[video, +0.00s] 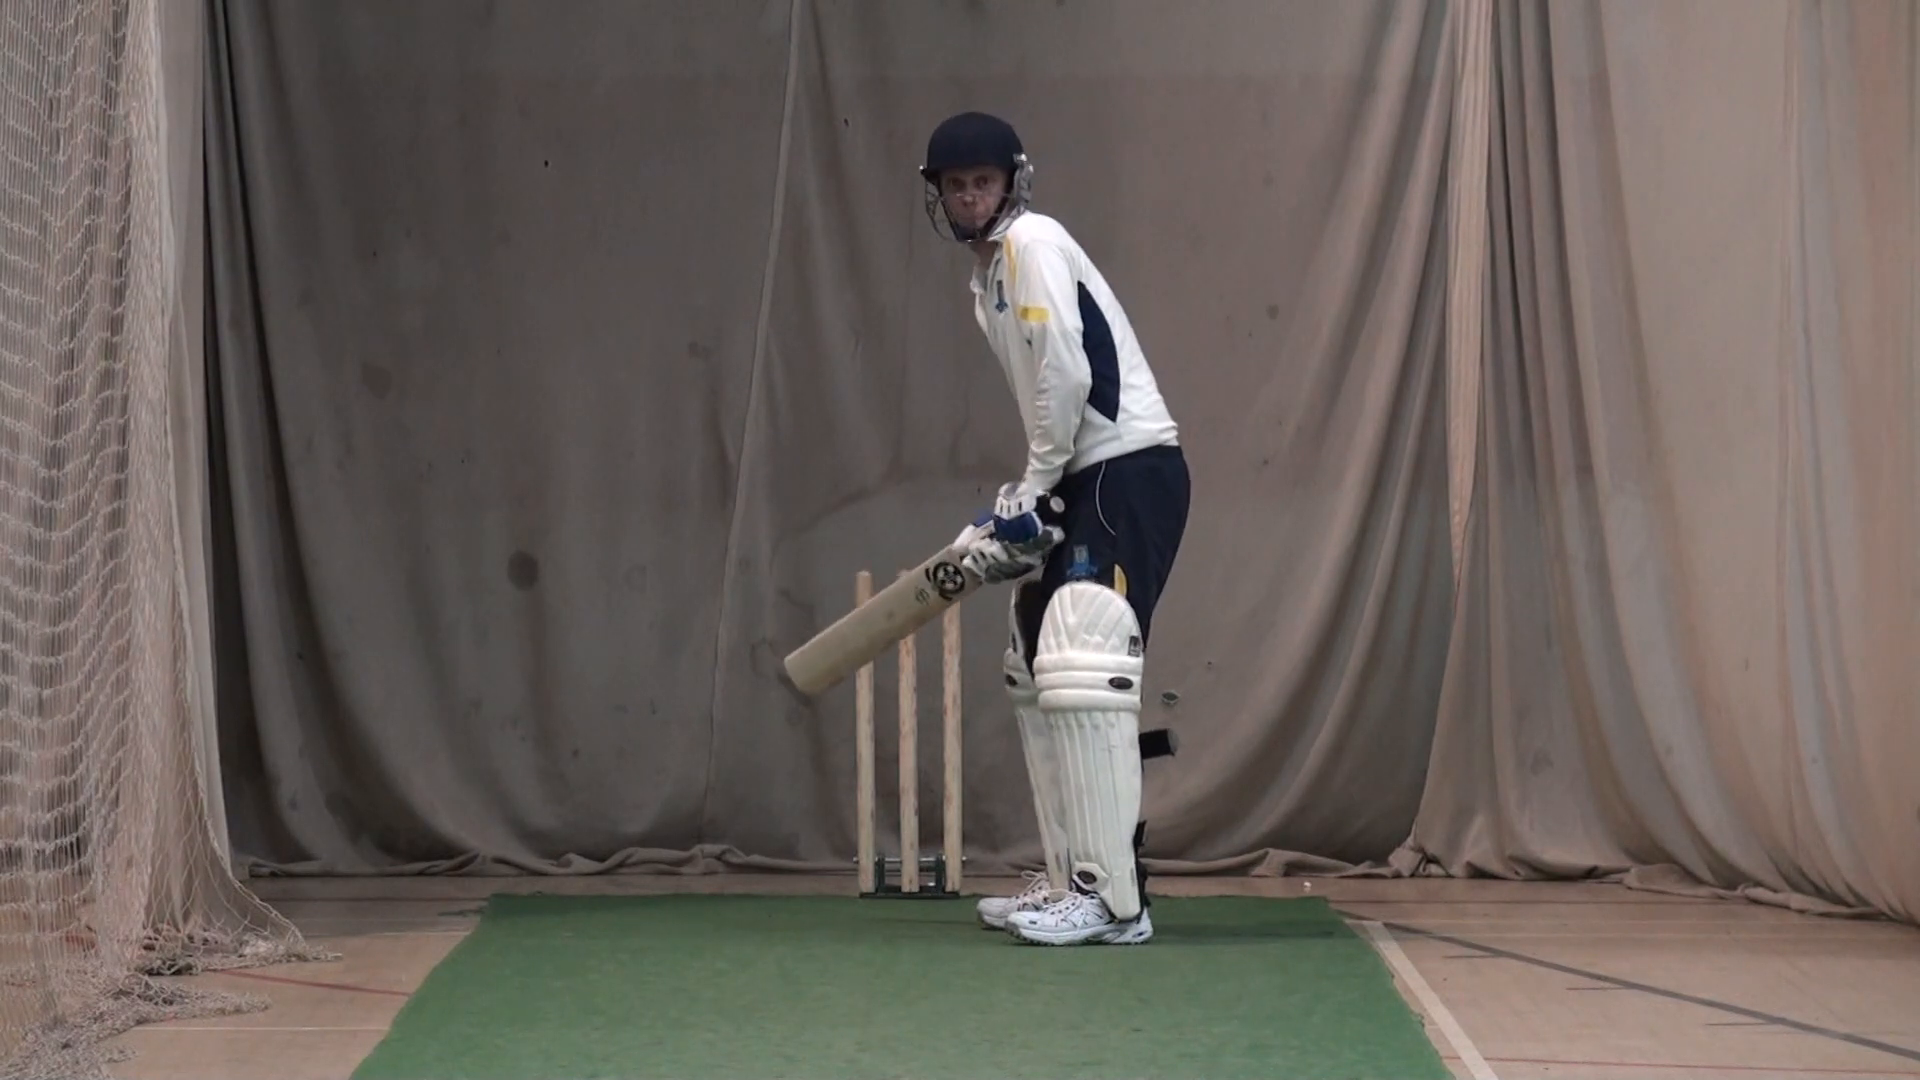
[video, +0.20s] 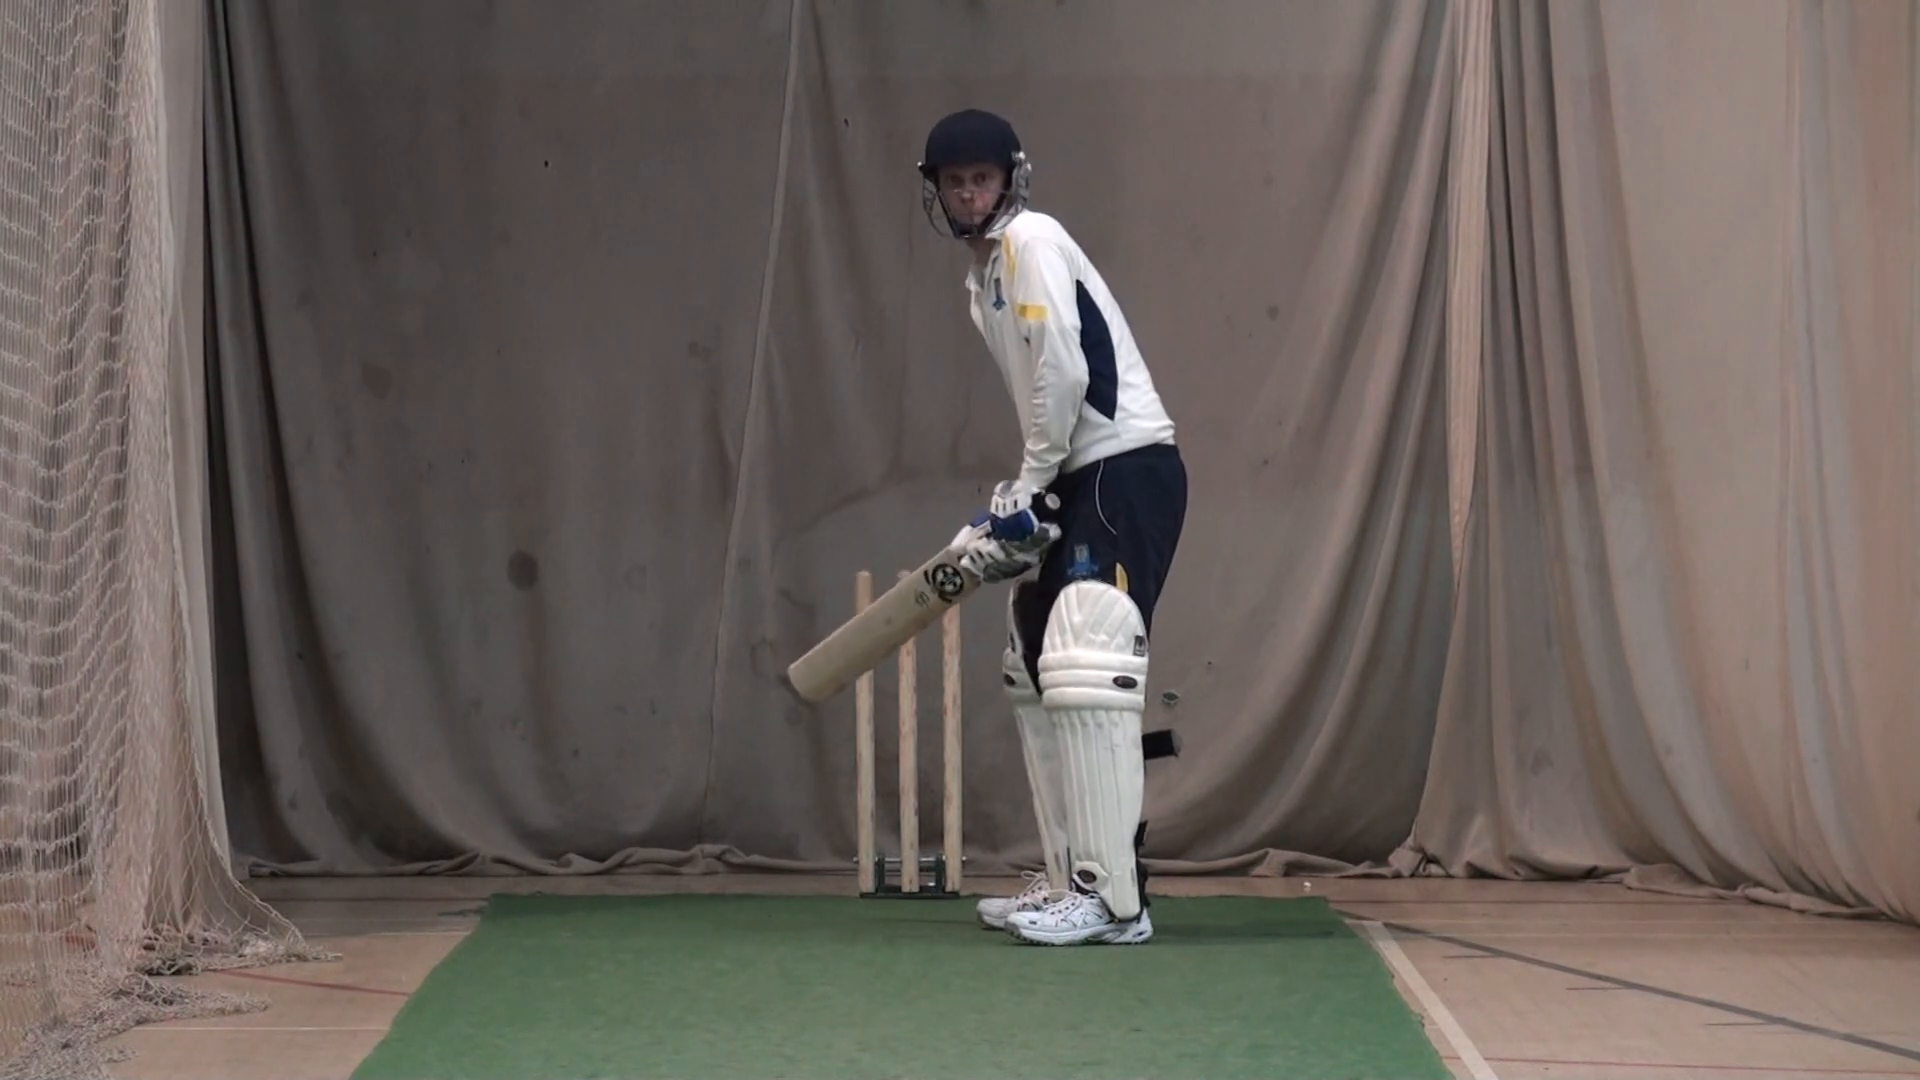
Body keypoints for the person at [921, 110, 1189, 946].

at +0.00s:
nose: (967, 198)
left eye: (982, 182)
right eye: (952, 186)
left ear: (1013, 183)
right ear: (936, 195)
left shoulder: (1030, 243)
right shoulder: (992, 277)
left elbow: (1065, 377)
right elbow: (1043, 408)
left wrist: (1034, 488)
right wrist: (1011, 517)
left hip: (1126, 470)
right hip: (1080, 480)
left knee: (1082, 672)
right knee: (1037, 672)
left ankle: (1112, 898)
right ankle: (1076, 881)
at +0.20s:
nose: (967, 194)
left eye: (982, 179)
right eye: (951, 182)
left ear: (1011, 180)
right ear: (934, 191)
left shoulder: (1029, 243)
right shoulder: (987, 274)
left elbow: (1064, 378)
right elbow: (1038, 407)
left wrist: (1025, 494)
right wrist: (1010, 516)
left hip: (1124, 470)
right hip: (1077, 480)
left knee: (1086, 671)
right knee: (1036, 673)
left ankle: (1113, 899)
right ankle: (1076, 882)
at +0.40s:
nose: (966, 194)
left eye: (981, 179)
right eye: (951, 183)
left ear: (1011, 180)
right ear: (936, 193)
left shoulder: (1030, 242)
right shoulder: (986, 278)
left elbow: (1063, 376)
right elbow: (1037, 408)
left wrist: (1029, 489)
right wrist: (1007, 514)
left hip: (1124, 471)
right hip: (1074, 482)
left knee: (1086, 670)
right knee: (1031, 672)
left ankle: (1112, 898)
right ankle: (1073, 882)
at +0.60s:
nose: (973, 195)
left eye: (987, 179)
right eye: (957, 182)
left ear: (1016, 180)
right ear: (939, 190)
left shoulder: (1035, 243)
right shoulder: (988, 278)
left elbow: (1068, 377)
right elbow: (1040, 408)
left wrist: (1028, 493)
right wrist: (1007, 519)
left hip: (1125, 469)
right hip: (1077, 480)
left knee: (1087, 671)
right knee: (1033, 672)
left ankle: (1113, 898)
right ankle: (1075, 882)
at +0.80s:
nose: (977, 196)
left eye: (992, 180)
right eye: (961, 183)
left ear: (1020, 180)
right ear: (942, 191)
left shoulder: (1039, 244)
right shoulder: (989, 278)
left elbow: (1071, 376)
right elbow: (1041, 405)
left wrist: (1033, 493)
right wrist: (1014, 516)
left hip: (1129, 470)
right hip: (1077, 481)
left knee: (1089, 671)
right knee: (1033, 673)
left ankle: (1113, 897)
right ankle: (1074, 881)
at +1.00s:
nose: (975, 198)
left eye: (989, 183)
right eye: (959, 185)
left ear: (1015, 185)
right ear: (938, 193)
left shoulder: (1036, 250)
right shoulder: (979, 286)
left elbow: (1071, 387)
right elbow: (1045, 409)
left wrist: (1026, 500)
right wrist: (998, 510)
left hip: (1135, 466)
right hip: (1080, 478)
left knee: (1089, 662)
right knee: (1039, 667)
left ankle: (1115, 895)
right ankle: (1076, 881)